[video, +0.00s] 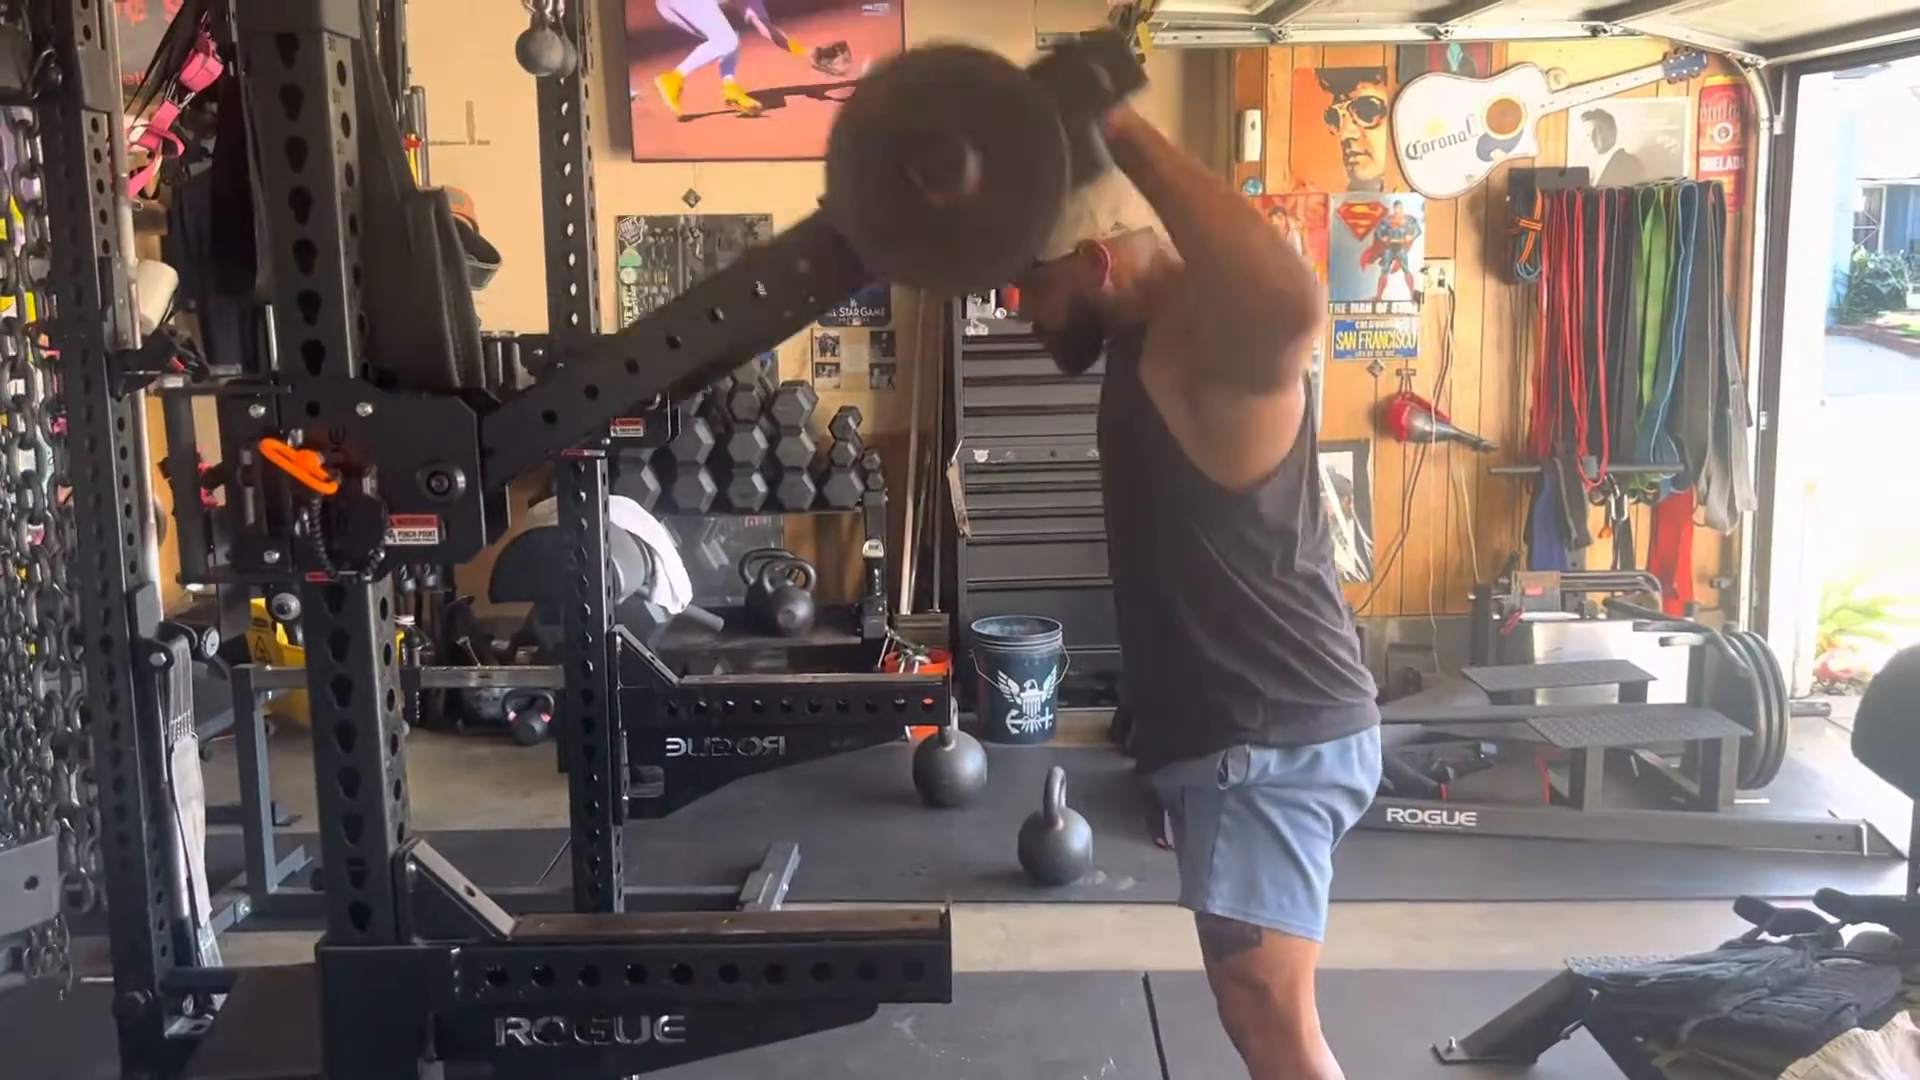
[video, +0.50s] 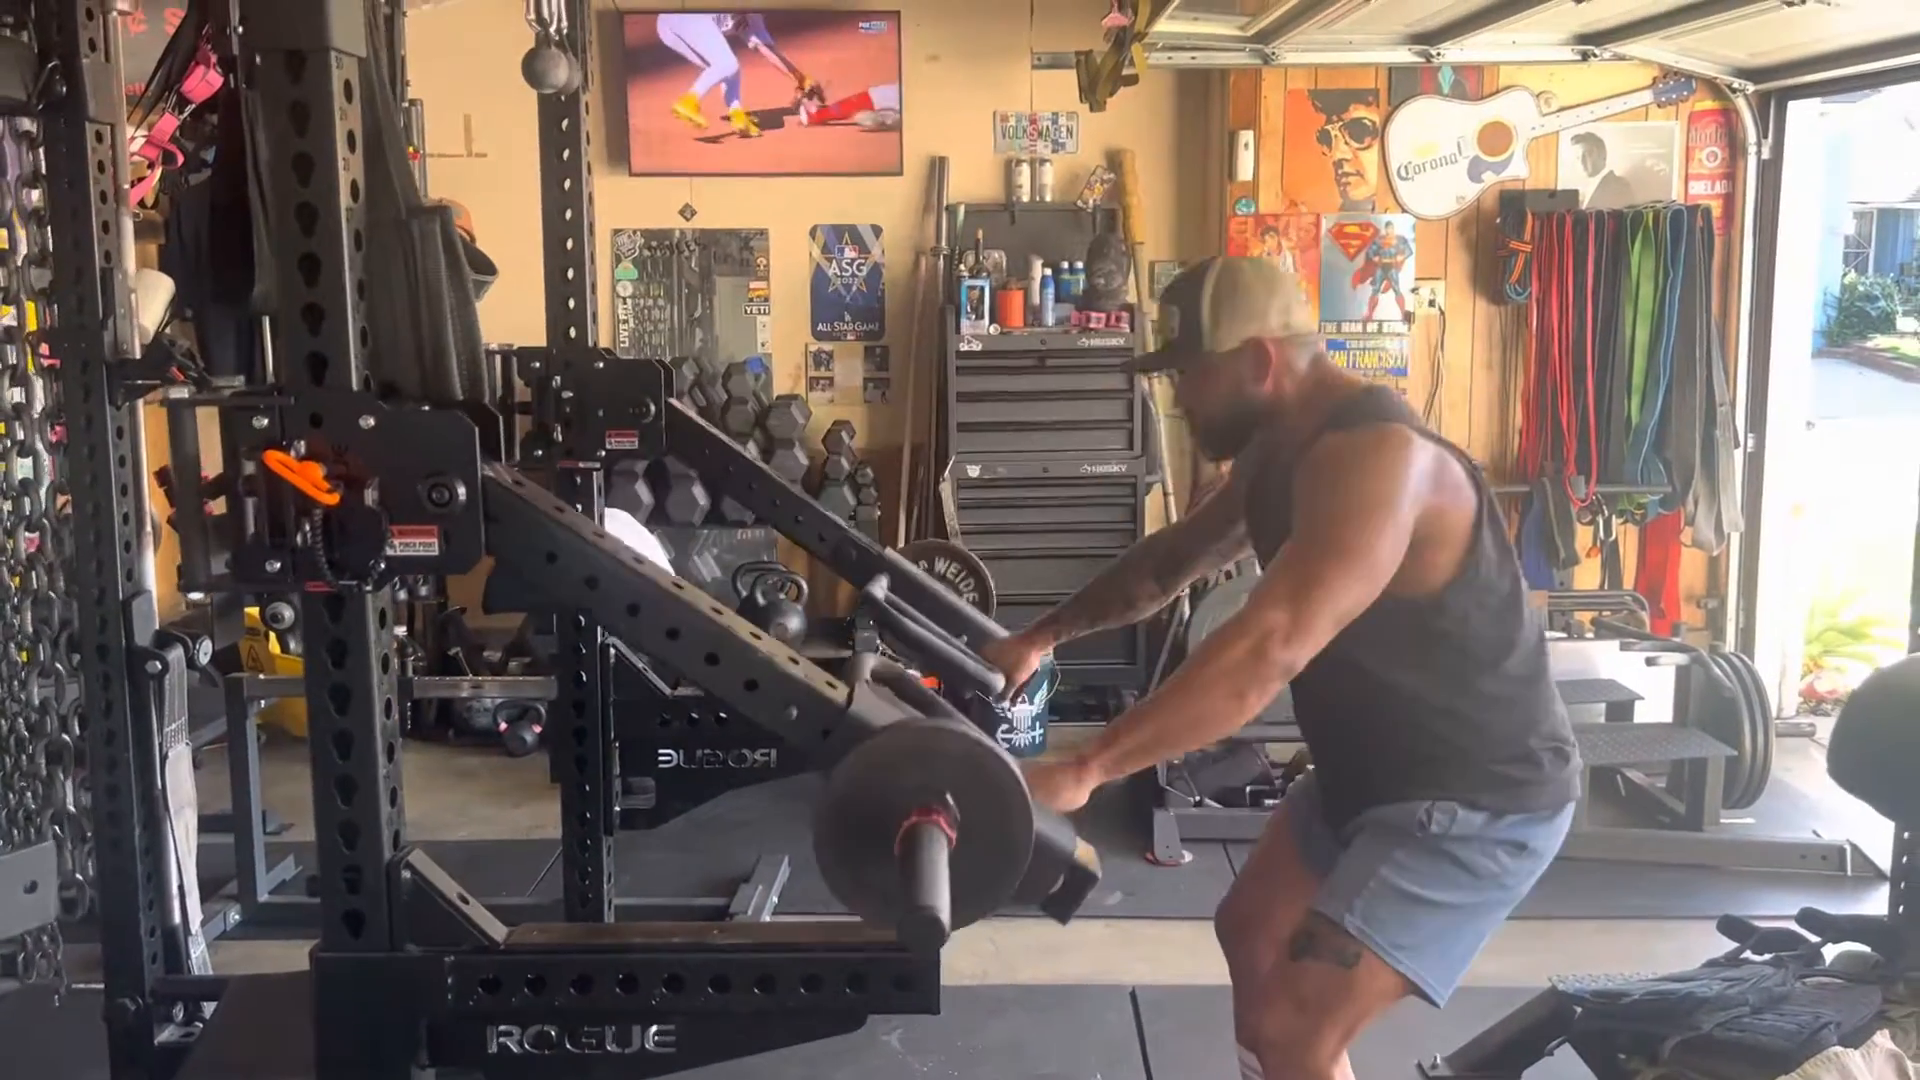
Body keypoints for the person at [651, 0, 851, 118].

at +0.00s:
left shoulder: (754, 5)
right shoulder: (752, 5)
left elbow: (771, 31)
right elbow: (769, 33)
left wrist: (805, 52)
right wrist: (805, 52)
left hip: (682, 4)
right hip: (681, 1)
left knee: (730, 42)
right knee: (724, 40)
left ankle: (730, 90)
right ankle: (674, 78)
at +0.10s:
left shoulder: (747, 4)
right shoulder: (750, 3)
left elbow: (772, 38)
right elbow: (771, 37)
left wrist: (808, 57)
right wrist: (808, 57)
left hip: (669, 5)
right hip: (685, 1)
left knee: (729, 46)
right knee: (726, 44)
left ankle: (734, 96)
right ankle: (675, 83)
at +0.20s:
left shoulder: (750, 8)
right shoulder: (750, 7)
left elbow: (771, 41)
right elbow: (770, 40)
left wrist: (807, 64)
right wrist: (807, 64)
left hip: (672, 8)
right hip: (686, 4)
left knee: (731, 52)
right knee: (725, 49)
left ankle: (737, 103)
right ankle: (678, 87)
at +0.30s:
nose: (760, 9)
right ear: (751, 5)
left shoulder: (749, 10)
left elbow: (771, 45)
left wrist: (805, 67)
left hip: (669, 12)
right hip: (684, 7)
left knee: (729, 56)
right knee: (726, 53)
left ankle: (739, 108)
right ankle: (680, 91)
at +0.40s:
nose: (761, 10)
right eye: (759, 10)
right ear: (752, 8)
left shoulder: (748, 15)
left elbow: (769, 47)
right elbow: (767, 45)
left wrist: (802, 74)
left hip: (667, 17)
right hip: (686, 11)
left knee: (730, 63)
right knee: (725, 58)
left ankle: (738, 113)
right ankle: (683, 98)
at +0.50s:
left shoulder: (743, 19)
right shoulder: (750, 12)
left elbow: (765, 48)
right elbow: (766, 45)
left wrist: (799, 79)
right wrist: (801, 79)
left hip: (671, 23)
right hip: (686, 17)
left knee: (731, 68)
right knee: (726, 64)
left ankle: (738, 118)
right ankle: (687, 103)